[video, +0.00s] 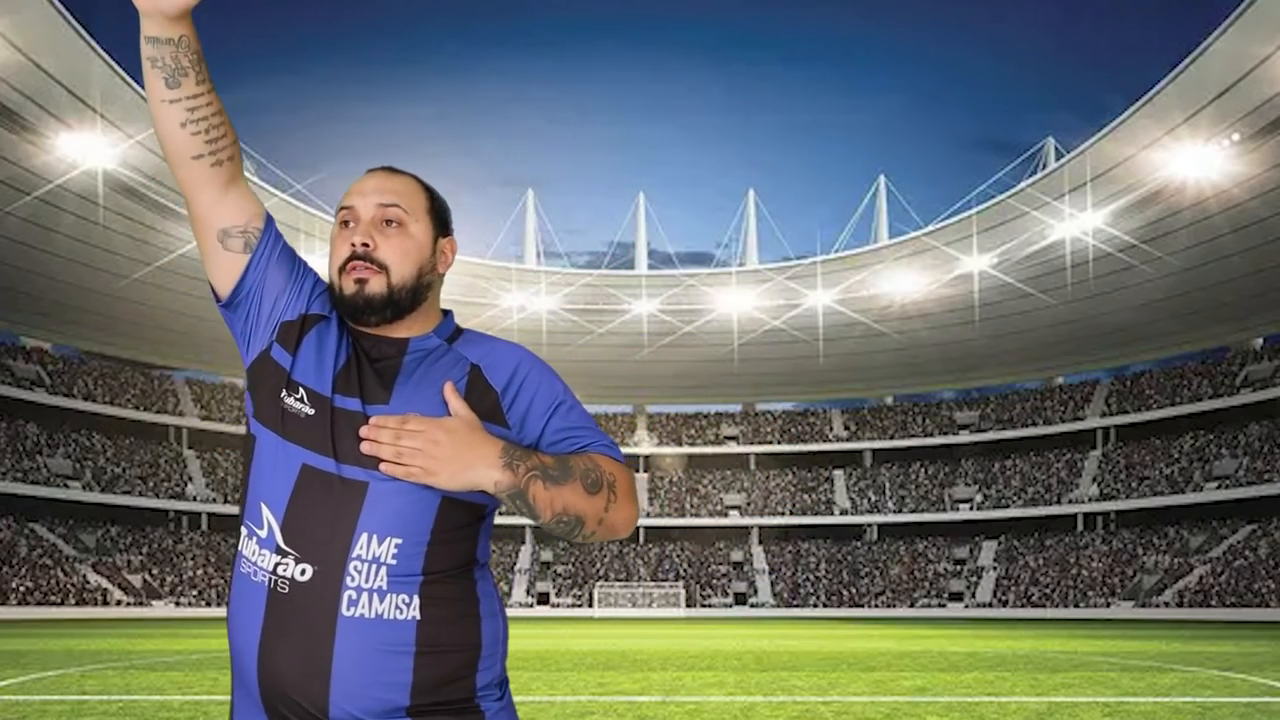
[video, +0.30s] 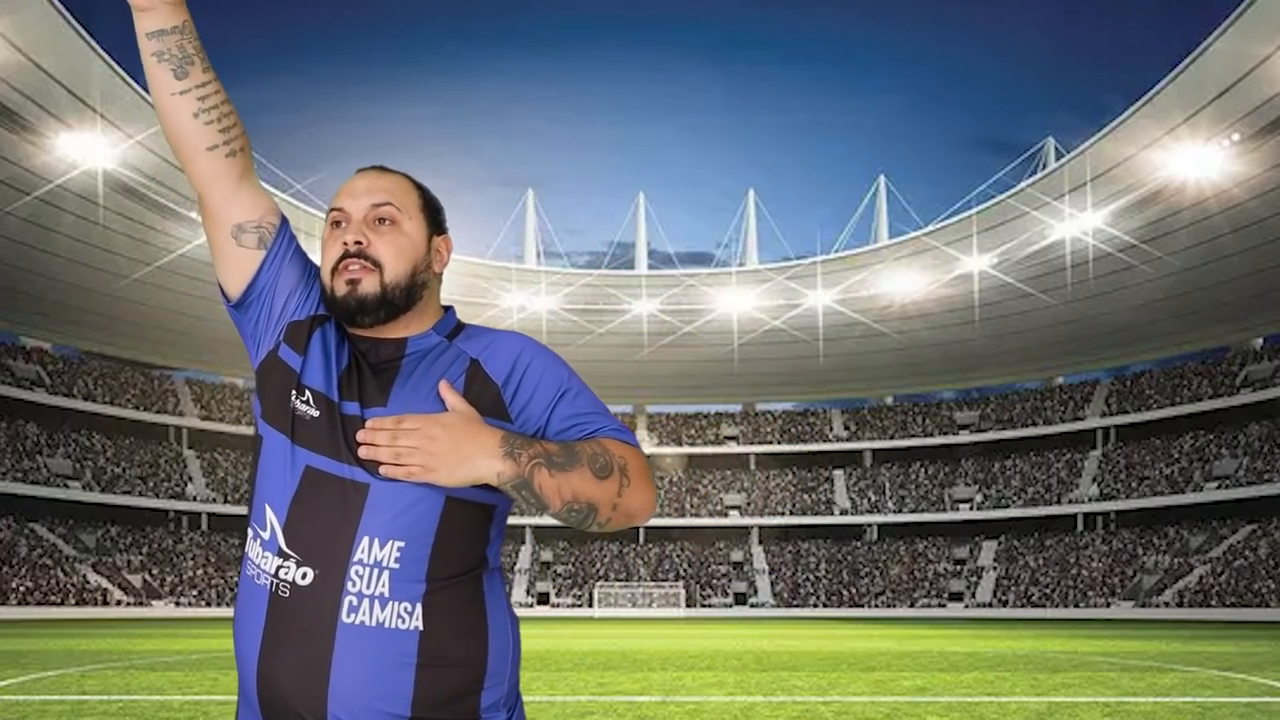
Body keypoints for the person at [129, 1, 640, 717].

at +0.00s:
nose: (359, 235)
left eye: (391, 220)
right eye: (347, 221)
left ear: (443, 254)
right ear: (328, 245)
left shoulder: (501, 374)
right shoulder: (284, 322)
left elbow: (618, 507)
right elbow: (212, 177)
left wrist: (496, 465)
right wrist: (164, 20)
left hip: (443, 708)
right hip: (269, 706)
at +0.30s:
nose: (350, 237)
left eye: (382, 220)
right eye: (337, 223)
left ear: (438, 252)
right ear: (320, 251)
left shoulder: (505, 367)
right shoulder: (291, 331)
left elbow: (632, 492)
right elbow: (217, 158)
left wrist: (494, 455)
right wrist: (153, 2)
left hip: (452, 707)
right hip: (277, 705)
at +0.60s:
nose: (376, 225)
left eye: (410, 208)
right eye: (363, 211)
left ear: (469, 245)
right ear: (348, 243)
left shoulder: (541, 358)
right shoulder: (309, 334)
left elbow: (683, 482)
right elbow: (174, 270)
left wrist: (545, 428)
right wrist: (181, 110)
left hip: (489, 706)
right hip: (318, 702)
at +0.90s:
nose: (350, 227)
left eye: (385, 209)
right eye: (337, 211)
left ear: (448, 247)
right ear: (322, 242)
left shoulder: (528, 367)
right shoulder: (267, 352)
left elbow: (623, 543)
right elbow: (91, 413)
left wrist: (502, 509)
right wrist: (203, 403)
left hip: (460, 704)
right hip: (286, 703)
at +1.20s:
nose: (333, 230)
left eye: (371, 211)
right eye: (321, 211)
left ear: (437, 244)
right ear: (306, 230)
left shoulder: (503, 357)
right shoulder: (272, 314)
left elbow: (575, 553)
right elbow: (140, 248)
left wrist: (431, 480)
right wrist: (130, 174)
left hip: (459, 701)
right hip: (281, 700)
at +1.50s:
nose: (311, 251)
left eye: (343, 226)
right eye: (315, 228)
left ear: (435, 244)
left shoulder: (543, 388)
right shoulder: (301, 335)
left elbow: (605, 590)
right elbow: (182, 316)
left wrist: (412, 614)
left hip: (464, 708)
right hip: (283, 703)